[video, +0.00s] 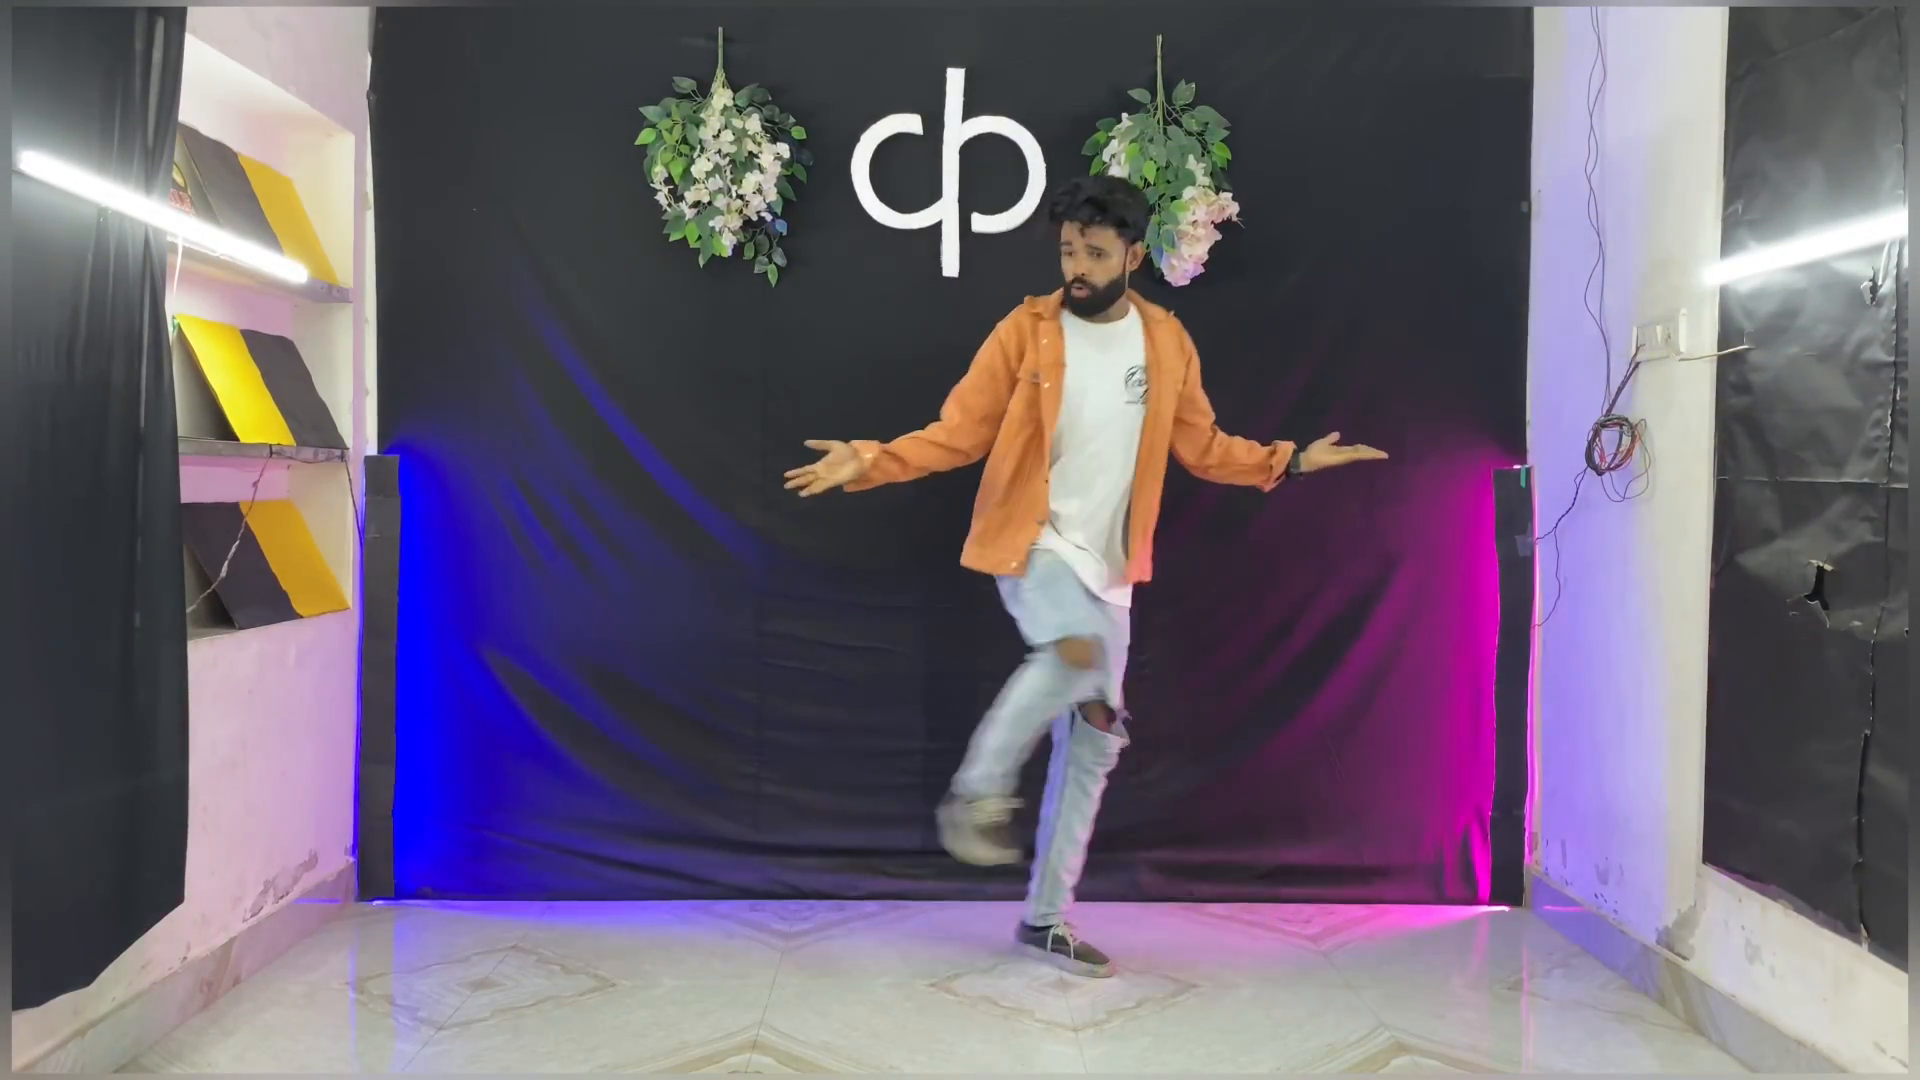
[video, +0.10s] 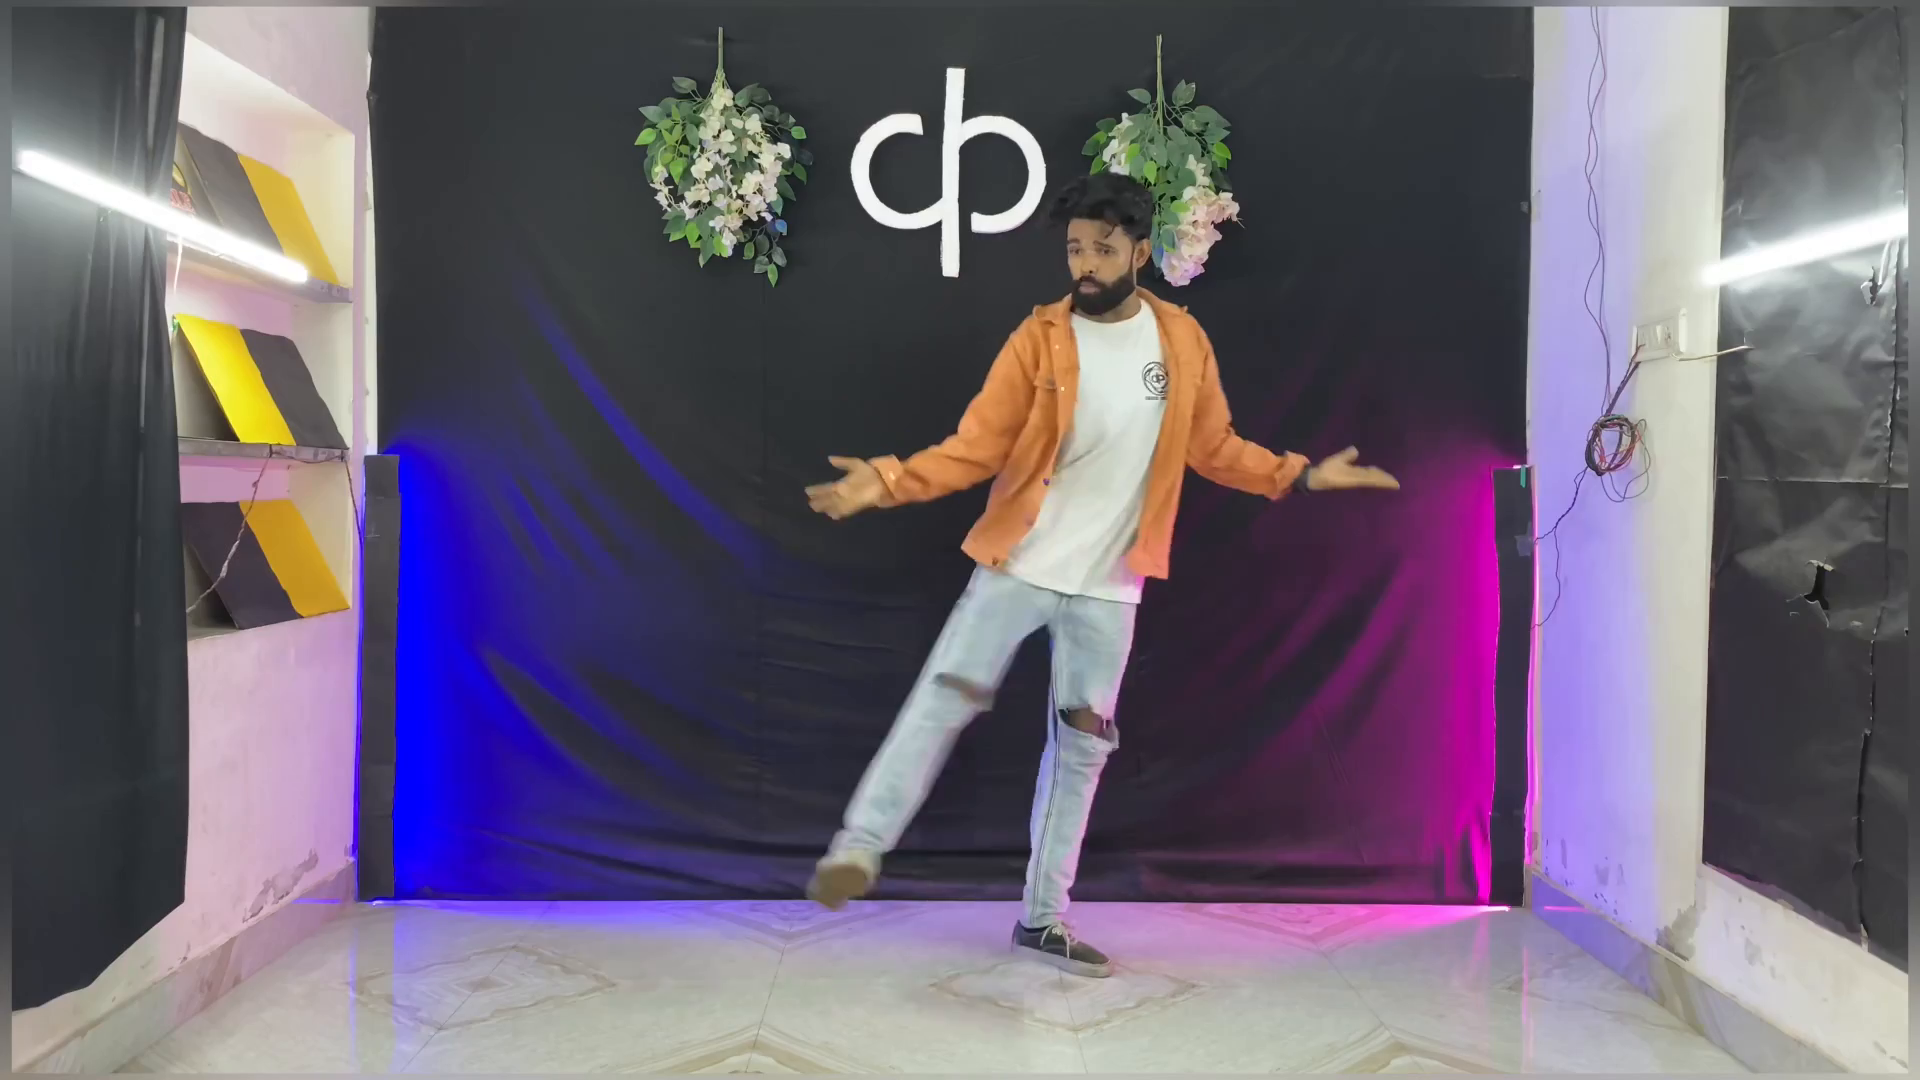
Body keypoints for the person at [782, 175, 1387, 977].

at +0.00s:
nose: (1077, 264)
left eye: (1095, 249)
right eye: (1069, 247)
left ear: (1133, 252)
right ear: (1058, 246)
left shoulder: (1165, 340)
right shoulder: (1028, 329)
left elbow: (1202, 448)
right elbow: (960, 433)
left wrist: (1295, 458)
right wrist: (868, 461)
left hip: (1109, 563)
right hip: (1028, 541)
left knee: (1095, 735)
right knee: (1076, 652)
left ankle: (1045, 919)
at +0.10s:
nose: (1083, 263)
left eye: (1101, 248)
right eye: (1074, 247)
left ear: (1141, 250)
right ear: (1066, 248)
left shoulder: (1182, 339)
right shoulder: (1043, 336)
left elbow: (1213, 447)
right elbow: (978, 444)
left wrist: (1303, 473)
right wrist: (887, 479)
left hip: (1111, 578)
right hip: (1019, 560)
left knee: (1083, 742)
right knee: (948, 693)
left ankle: (1042, 916)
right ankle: (857, 852)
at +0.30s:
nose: (1109, 256)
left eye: (1126, 242)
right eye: (1095, 240)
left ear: (1153, 252)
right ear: (1075, 250)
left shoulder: (1197, 347)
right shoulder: (1050, 348)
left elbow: (1234, 447)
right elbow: (990, 452)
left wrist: (1288, 474)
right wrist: (1001, 460)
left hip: (1131, 595)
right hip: (1038, 575)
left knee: (1093, 754)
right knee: (956, 705)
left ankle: (1044, 917)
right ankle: (847, 842)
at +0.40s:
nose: (1143, 251)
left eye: (1162, 239)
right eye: (1129, 235)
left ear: (1185, 254)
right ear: (1105, 246)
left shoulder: (1210, 357)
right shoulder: (1064, 333)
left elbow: (1252, 469)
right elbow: (987, 413)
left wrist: (1225, 430)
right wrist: (1065, 407)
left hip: (1142, 591)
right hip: (1046, 575)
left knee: (1106, 748)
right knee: (1004, 726)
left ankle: (1050, 910)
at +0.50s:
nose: (1186, 270)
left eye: (1205, 263)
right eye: (1175, 253)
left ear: (1221, 288)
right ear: (1146, 261)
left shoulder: (1218, 375)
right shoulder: (1075, 336)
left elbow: (1253, 493)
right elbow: (991, 404)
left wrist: (1209, 449)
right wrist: (1074, 408)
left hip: (1137, 575)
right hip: (1045, 570)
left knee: (1136, 712)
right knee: (1068, 741)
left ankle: (1058, 868)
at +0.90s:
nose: (1100, 261)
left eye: (1115, 251)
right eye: (1086, 252)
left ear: (1141, 270)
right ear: (1066, 274)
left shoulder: (1177, 368)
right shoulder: (1033, 353)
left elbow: (1207, 485)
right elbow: (1018, 464)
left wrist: (1169, 465)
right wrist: (1101, 395)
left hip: (1137, 596)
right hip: (1042, 580)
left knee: (1105, 753)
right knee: (1011, 710)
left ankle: (1097, 927)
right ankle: (1063, 799)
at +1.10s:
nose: (1057, 226)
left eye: (1071, 212)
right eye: (1040, 217)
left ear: (1099, 226)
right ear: (1023, 238)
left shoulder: (1144, 317)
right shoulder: (1000, 327)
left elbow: (1193, 416)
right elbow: (973, 431)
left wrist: (1246, 497)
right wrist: (953, 510)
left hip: (1095, 539)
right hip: (1007, 532)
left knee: (1068, 706)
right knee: (1004, 680)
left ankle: (1017, 861)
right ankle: (1013, 875)